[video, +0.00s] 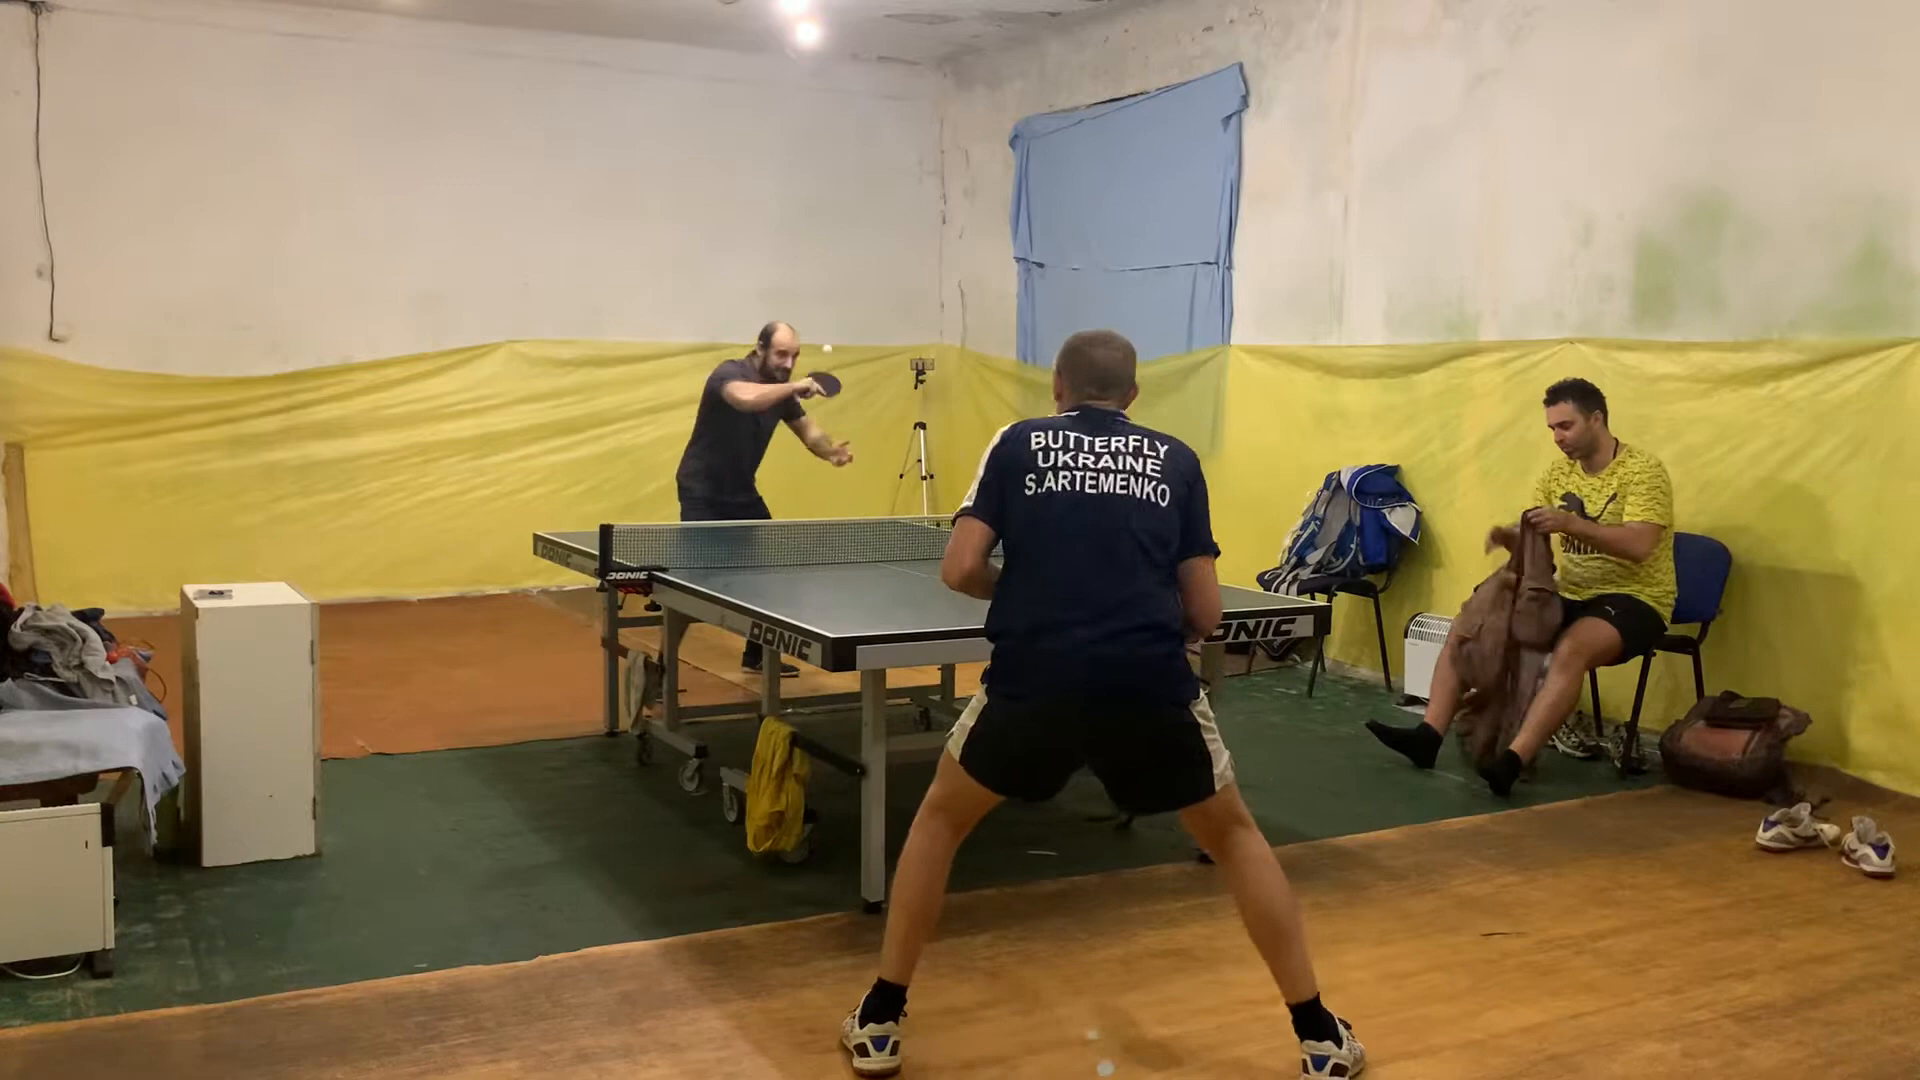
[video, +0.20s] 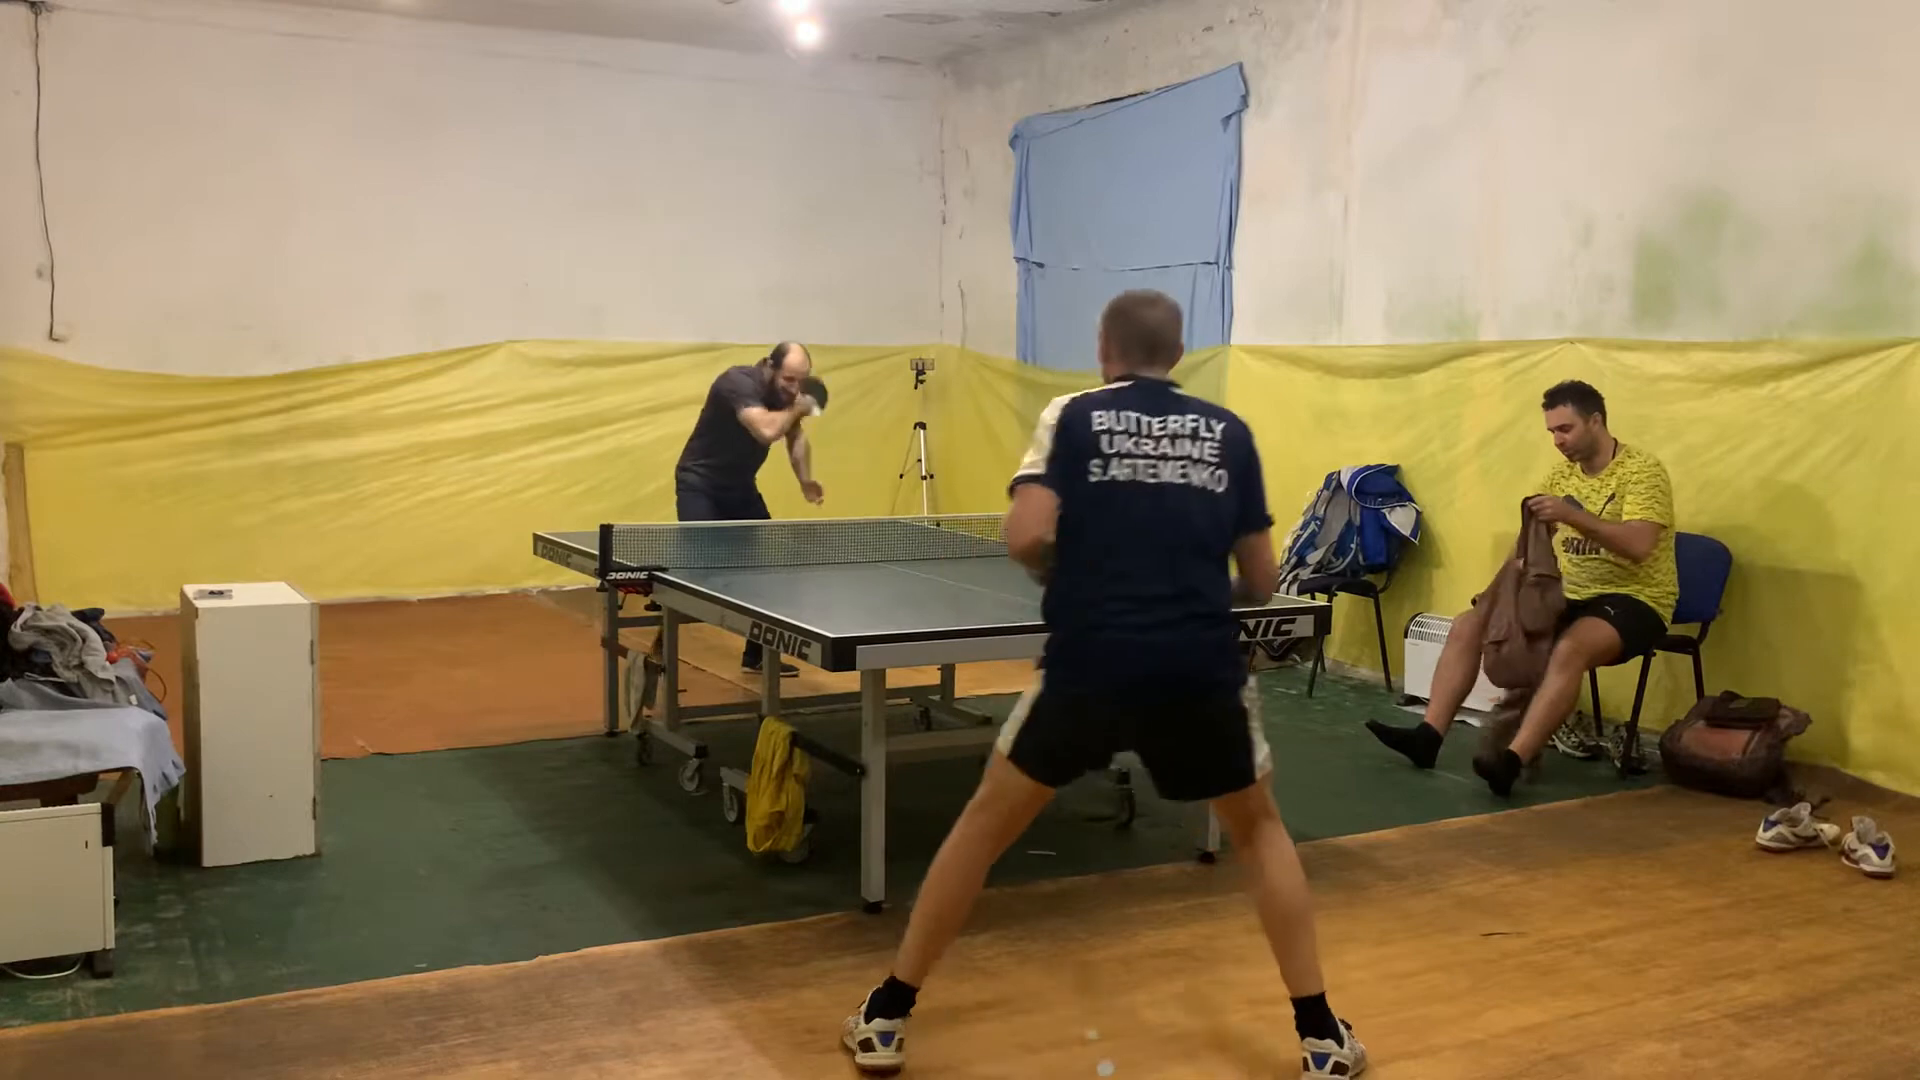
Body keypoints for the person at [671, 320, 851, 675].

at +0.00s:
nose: (789, 363)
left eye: (794, 355)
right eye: (782, 354)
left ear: (797, 355)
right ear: (760, 349)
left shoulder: (782, 389)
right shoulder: (728, 373)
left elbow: (808, 431)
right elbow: (745, 398)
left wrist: (830, 450)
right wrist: (794, 388)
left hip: (743, 491)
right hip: (702, 491)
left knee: (773, 566)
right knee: (699, 576)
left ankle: (758, 650)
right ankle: (664, 662)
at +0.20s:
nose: (795, 388)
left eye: (801, 381)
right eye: (789, 379)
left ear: (806, 377)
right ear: (770, 367)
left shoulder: (788, 396)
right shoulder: (737, 382)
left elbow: (796, 438)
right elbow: (765, 431)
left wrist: (805, 480)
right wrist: (797, 408)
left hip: (741, 488)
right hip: (700, 483)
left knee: (770, 562)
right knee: (705, 563)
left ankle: (758, 651)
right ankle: (662, 642)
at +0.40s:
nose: (778, 389)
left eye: (786, 382)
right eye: (773, 380)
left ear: (791, 379)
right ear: (757, 370)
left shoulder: (780, 403)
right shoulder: (721, 382)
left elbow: (792, 440)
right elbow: (663, 387)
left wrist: (801, 487)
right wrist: (672, 421)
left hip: (746, 502)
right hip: (703, 499)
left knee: (775, 569)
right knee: (702, 580)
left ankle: (758, 650)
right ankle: (681, 664)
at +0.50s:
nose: (758, 355)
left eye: (766, 349)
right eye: (752, 347)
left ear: (773, 348)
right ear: (737, 341)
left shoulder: (769, 381)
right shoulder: (705, 363)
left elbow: (786, 419)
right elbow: (650, 360)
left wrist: (796, 465)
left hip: (742, 491)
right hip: (697, 490)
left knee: (769, 566)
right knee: (693, 575)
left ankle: (758, 647)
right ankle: (678, 662)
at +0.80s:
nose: (705, 337)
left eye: (712, 329)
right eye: (697, 329)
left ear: (722, 330)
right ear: (683, 330)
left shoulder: (737, 372)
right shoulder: (658, 368)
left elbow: (762, 417)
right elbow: (615, 396)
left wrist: (758, 458)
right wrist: (609, 410)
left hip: (719, 493)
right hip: (667, 493)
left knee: (737, 570)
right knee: (643, 577)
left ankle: (737, 651)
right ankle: (624, 661)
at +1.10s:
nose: (683, 345)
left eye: (690, 335)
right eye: (675, 337)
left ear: (701, 333)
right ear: (663, 339)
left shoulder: (731, 371)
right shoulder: (657, 383)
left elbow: (777, 412)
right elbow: (637, 424)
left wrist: (758, 453)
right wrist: (630, 448)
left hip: (734, 494)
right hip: (681, 496)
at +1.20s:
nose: (687, 353)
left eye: (693, 344)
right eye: (678, 346)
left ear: (705, 341)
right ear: (667, 348)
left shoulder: (734, 370)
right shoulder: (669, 391)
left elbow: (770, 411)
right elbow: (656, 437)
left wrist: (734, 448)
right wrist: (644, 462)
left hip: (761, 481)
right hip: (713, 485)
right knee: (683, 550)